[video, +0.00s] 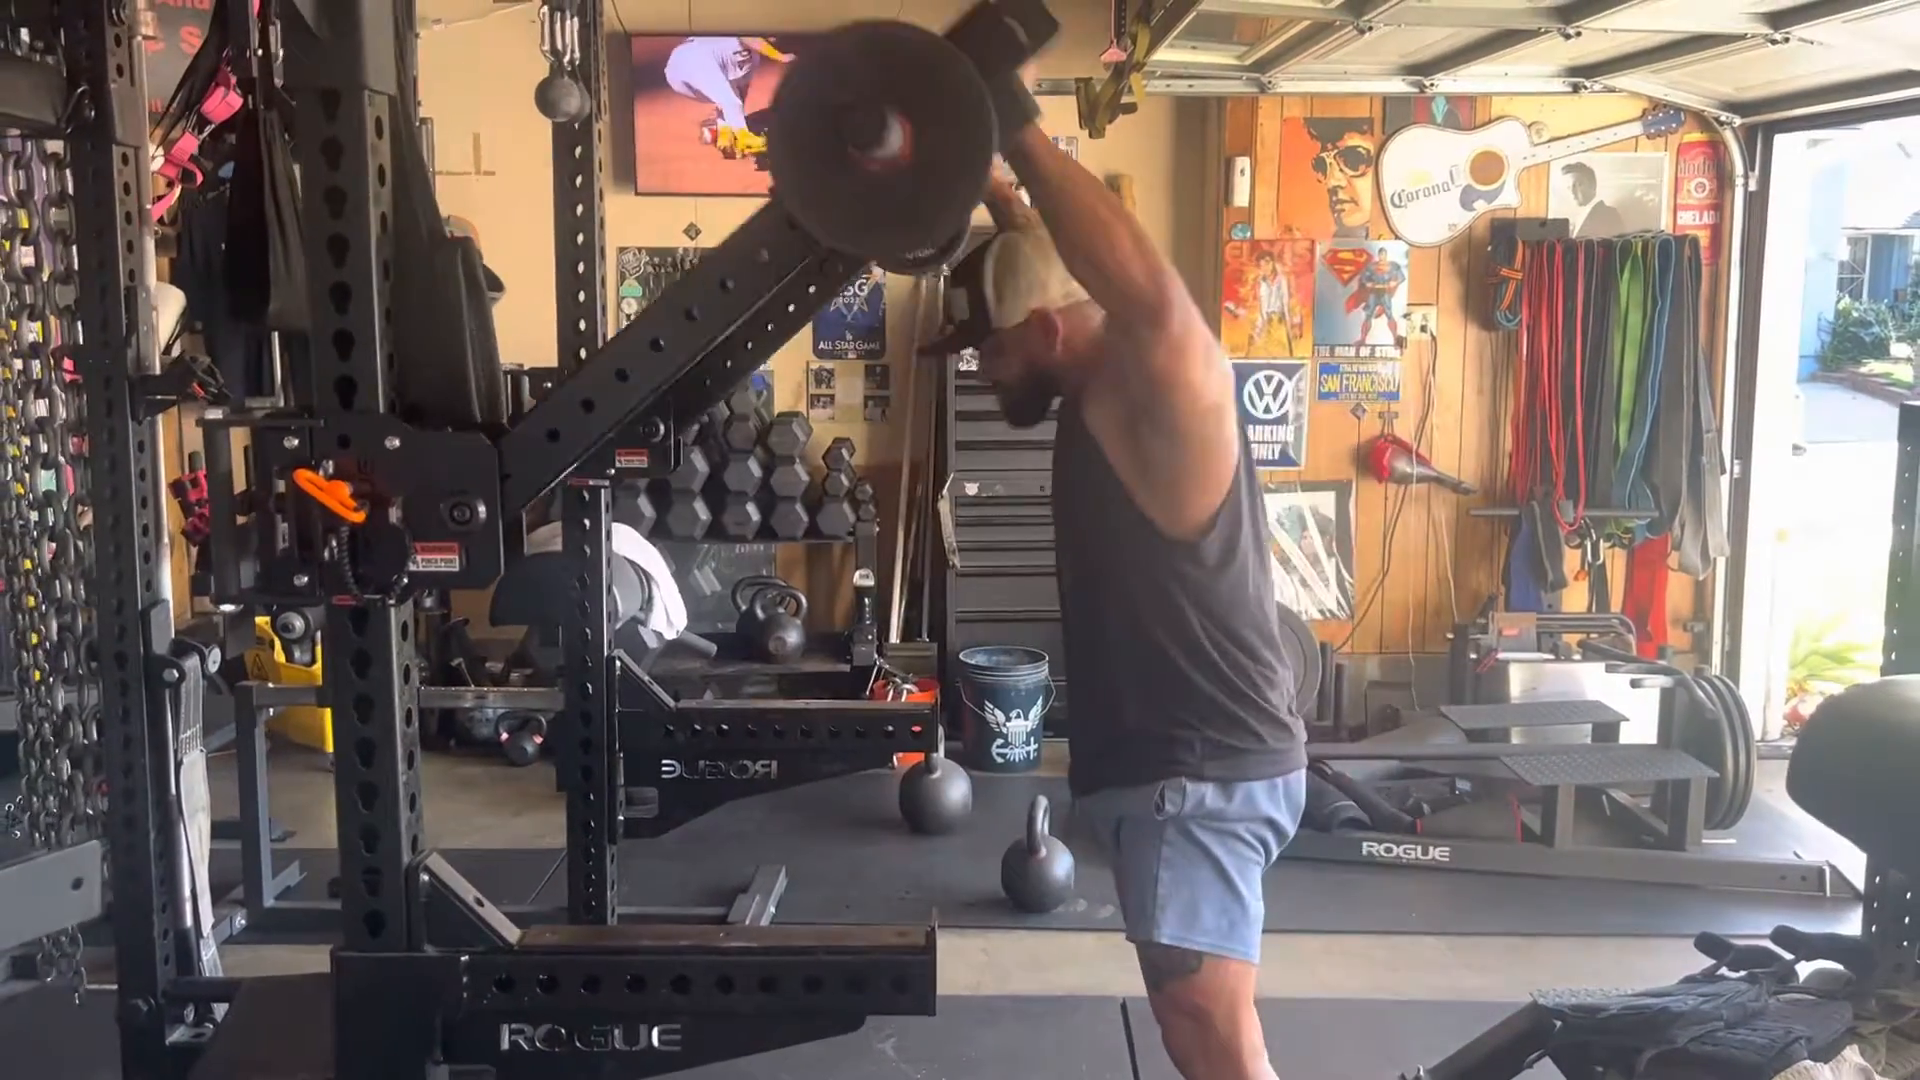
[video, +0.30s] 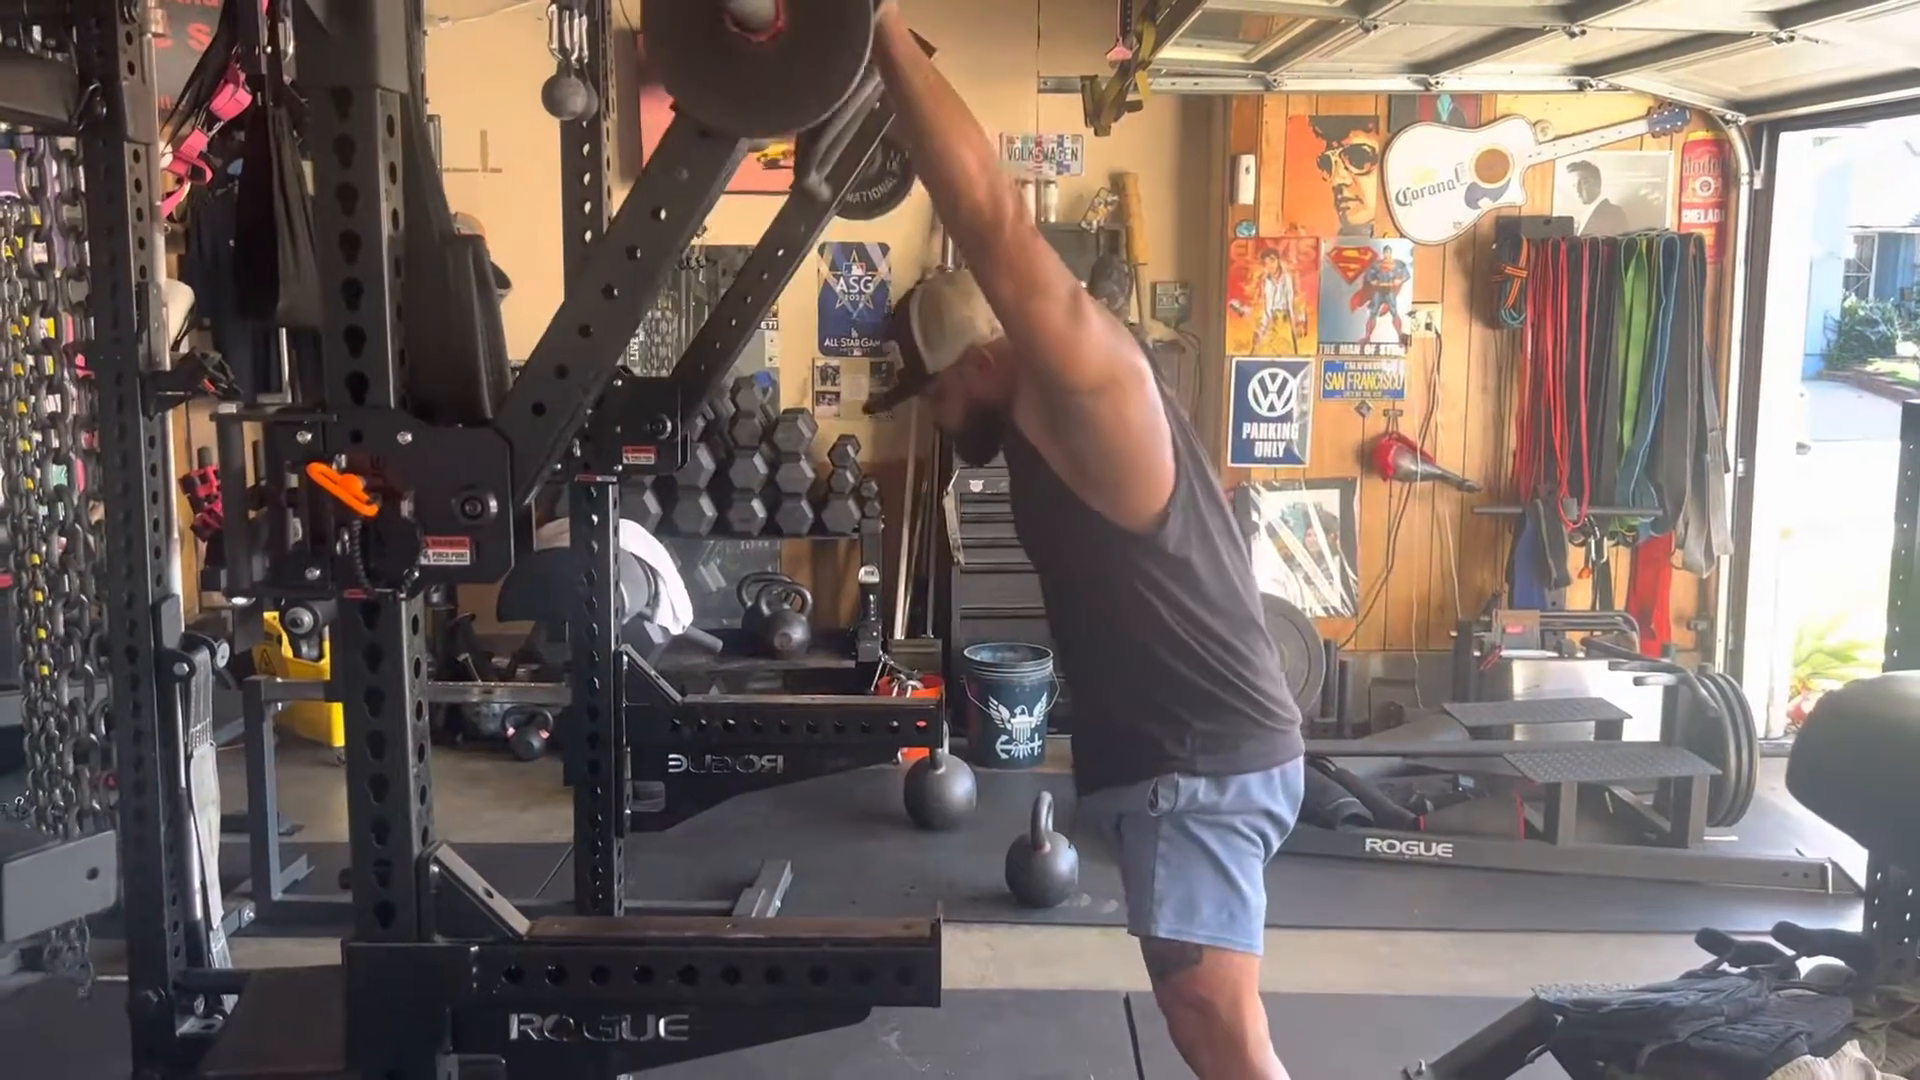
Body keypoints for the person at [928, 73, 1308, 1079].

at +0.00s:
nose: (985, 373)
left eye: (989, 346)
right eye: (980, 352)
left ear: (1046, 317)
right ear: (1051, 319)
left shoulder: (1156, 358)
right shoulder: (1110, 377)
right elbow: (1060, 276)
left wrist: (1012, 123)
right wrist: (998, 191)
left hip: (1200, 774)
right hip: (1175, 768)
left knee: (1209, 1031)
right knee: (1206, 1020)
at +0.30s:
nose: (952, 424)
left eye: (942, 401)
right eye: (942, 412)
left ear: (970, 359)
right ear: (982, 363)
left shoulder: (1087, 375)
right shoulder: (1072, 402)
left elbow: (983, 205)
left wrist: (880, 26)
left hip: (1203, 766)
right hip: (1170, 759)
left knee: (1220, 1030)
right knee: (1209, 1017)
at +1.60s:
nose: (1207, 346)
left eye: (1223, 321)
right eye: (1209, 322)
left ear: (1296, 334)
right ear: (1295, 335)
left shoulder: (1391, 443)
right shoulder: (1310, 426)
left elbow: (1328, 638)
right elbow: (1233, 539)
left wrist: (1158, 750)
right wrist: (1114, 603)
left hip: (1521, 747)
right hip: (1418, 724)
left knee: (1341, 967)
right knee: (1299, 874)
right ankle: (1341, 1060)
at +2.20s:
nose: (1175, 255)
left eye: (1188, 227)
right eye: (1173, 230)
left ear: (1252, 219)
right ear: (1250, 226)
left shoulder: (1348, 295)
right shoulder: (1282, 308)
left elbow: (1383, 250)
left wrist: (1238, 94)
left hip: (1358, 695)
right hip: (1321, 686)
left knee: (1370, 971)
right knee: (1361, 963)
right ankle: (1387, 1066)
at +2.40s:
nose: (1122, 320)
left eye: (1126, 295)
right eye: (1116, 303)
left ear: (1175, 261)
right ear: (1174, 267)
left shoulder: (1292, 301)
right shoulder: (1234, 319)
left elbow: (1208, 131)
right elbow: (1150, 146)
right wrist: (1071, 36)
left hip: (1379, 690)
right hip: (1327, 683)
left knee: (1367, 956)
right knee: (1356, 946)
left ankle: (1413, 1066)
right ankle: (1397, 1060)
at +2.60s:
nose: (1111, 343)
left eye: (1110, 317)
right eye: (1103, 327)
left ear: (1156, 277)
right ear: (1160, 282)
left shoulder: (1266, 300)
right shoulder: (1231, 332)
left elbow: (1167, 146)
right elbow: (1162, 135)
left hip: (1374, 701)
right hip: (1325, 695)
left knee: (1384, 972)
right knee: (1374, 964)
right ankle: (1412, 1062)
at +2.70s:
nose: (1119, 317)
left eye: (1123, 291)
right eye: (1113, 296)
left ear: (1179, 261)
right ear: (1176, 266)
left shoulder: (1286, 307)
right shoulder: (1246, 329)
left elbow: (1201, 153)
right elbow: (1184, 146)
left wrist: (1083, 9)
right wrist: (1083, 35)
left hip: (1370, 709)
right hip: (1334, 704)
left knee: (1382, 982)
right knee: (1375, 974)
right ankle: (1412, 1066)